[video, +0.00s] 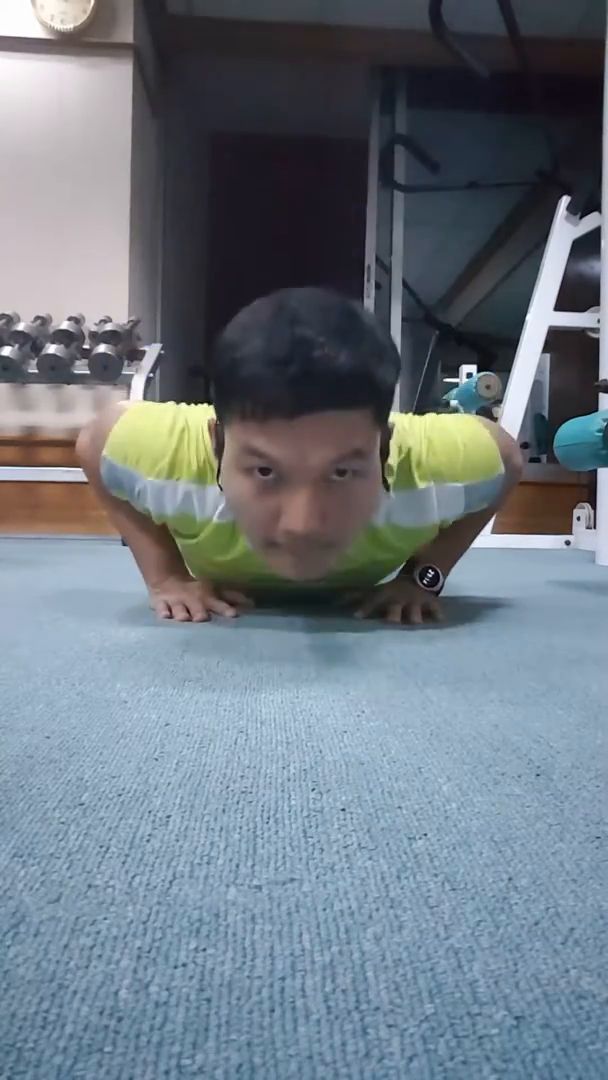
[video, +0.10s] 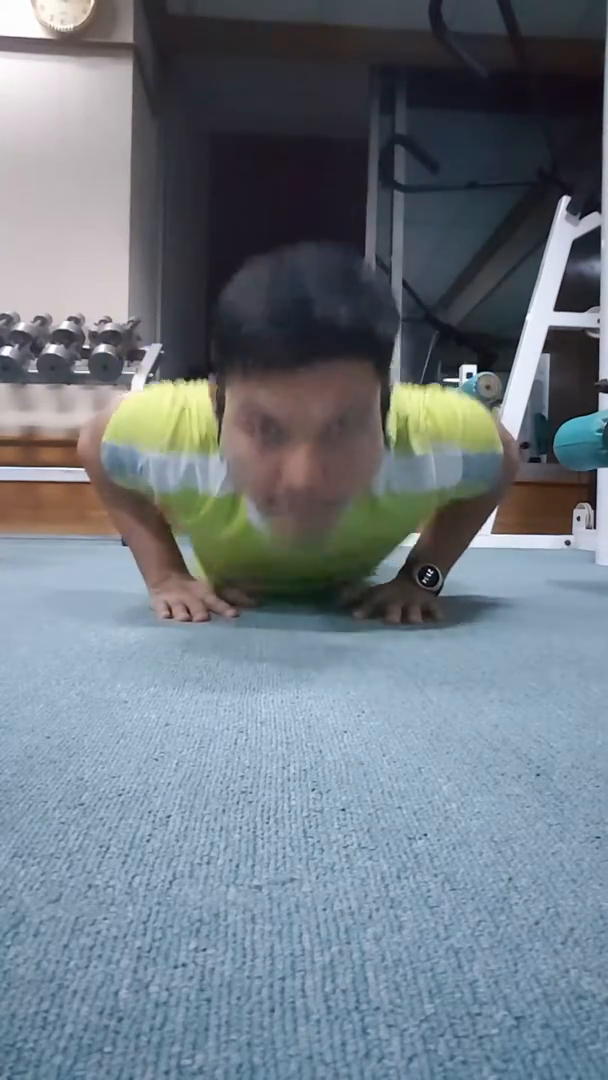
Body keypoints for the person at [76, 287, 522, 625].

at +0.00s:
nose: (303, 518)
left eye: (343, 473)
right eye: (265, 472)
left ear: (384, 453)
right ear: (217, 447)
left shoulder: (436, 466)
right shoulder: (169, 457)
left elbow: (503, 458)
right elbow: (95, 440)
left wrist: (423, 575)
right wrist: (166, 577)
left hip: (364, 570)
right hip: (220, 566)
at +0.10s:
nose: (302, 474)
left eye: (340, 431)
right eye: (267, 431)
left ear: (385, 406)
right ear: (217, 403)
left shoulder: (449, 436)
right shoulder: (158, 430)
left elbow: (497, 463)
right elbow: (97, 449)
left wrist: (421, 575)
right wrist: (168, 576)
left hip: (353, 573)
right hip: (225, 568)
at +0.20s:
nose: (305, 380)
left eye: (340, 338)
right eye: (271, 342)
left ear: (383, 321)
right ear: (219, 324)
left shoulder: (441, 384)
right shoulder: (163, 383)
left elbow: (495, 457)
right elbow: (102, 447)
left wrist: (421, 576)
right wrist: (168, 577)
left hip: (349, 541)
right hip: (235, 550)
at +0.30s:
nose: (310, 283)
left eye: (344, 246)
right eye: (277, 246)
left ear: (385, 240)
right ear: (226, 242)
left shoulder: (438, 330)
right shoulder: (169, 328)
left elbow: (488, 452)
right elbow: (111, 441)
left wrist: (418, 577)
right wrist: (168, 577)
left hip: (348, 506)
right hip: (234, 507)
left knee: (336, 530)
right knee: (245, 531)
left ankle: (325, 537)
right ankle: (262, 543)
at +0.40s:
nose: (318, 209)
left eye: (349, 173)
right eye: (283, 175)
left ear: (388, 174)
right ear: (236, 182)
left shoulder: (434, 284)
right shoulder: (181, 283)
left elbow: (479, 442)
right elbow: (124, 432)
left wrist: (417, 577)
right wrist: (169, 576)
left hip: (348, 486)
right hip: (242, 485)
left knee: (330, 518)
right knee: (255, 521)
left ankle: (317, 531)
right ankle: (263, 531)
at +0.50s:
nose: (323, 151)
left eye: (352, 118)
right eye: (291, 121)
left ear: (390, 126)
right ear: (244, 135)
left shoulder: (439, 243)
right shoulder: (198, 249)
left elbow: (464, 418)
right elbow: (136, 419)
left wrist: (416, 576)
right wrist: (169, 576)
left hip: (351, 457)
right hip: (250, 455)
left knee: (320, 499)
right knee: (257, 495)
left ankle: (303, 519)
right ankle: (262, 517)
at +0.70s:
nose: (327, 98)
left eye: (356, 67)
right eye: (296, 68)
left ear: (393, 82)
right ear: (259, 87)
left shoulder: (436, 221)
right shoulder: (212, 210)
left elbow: (431, 407)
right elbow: (161, 387)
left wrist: (416, 573)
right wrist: (184, 559)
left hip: (365, 416)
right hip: (270, 403)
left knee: (323, 480)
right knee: (265, 470)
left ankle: (305, 508)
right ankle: (262, 499)